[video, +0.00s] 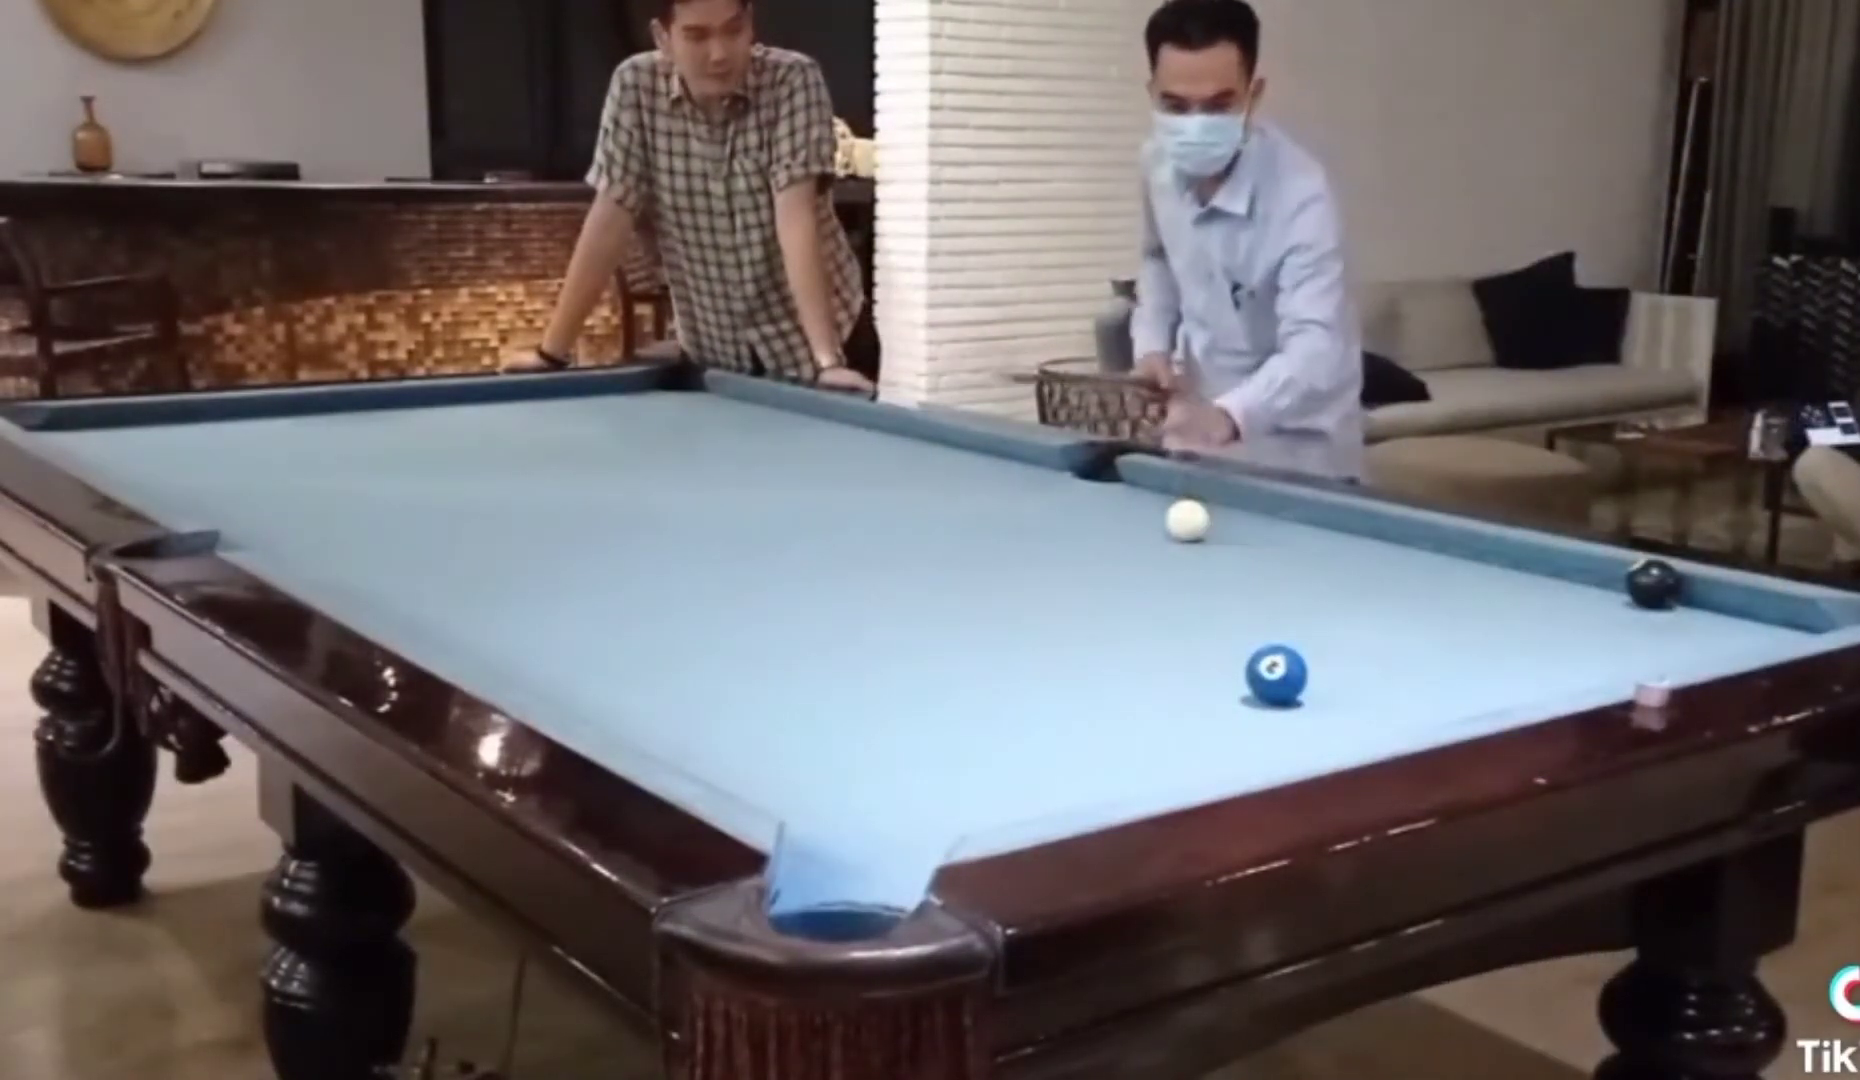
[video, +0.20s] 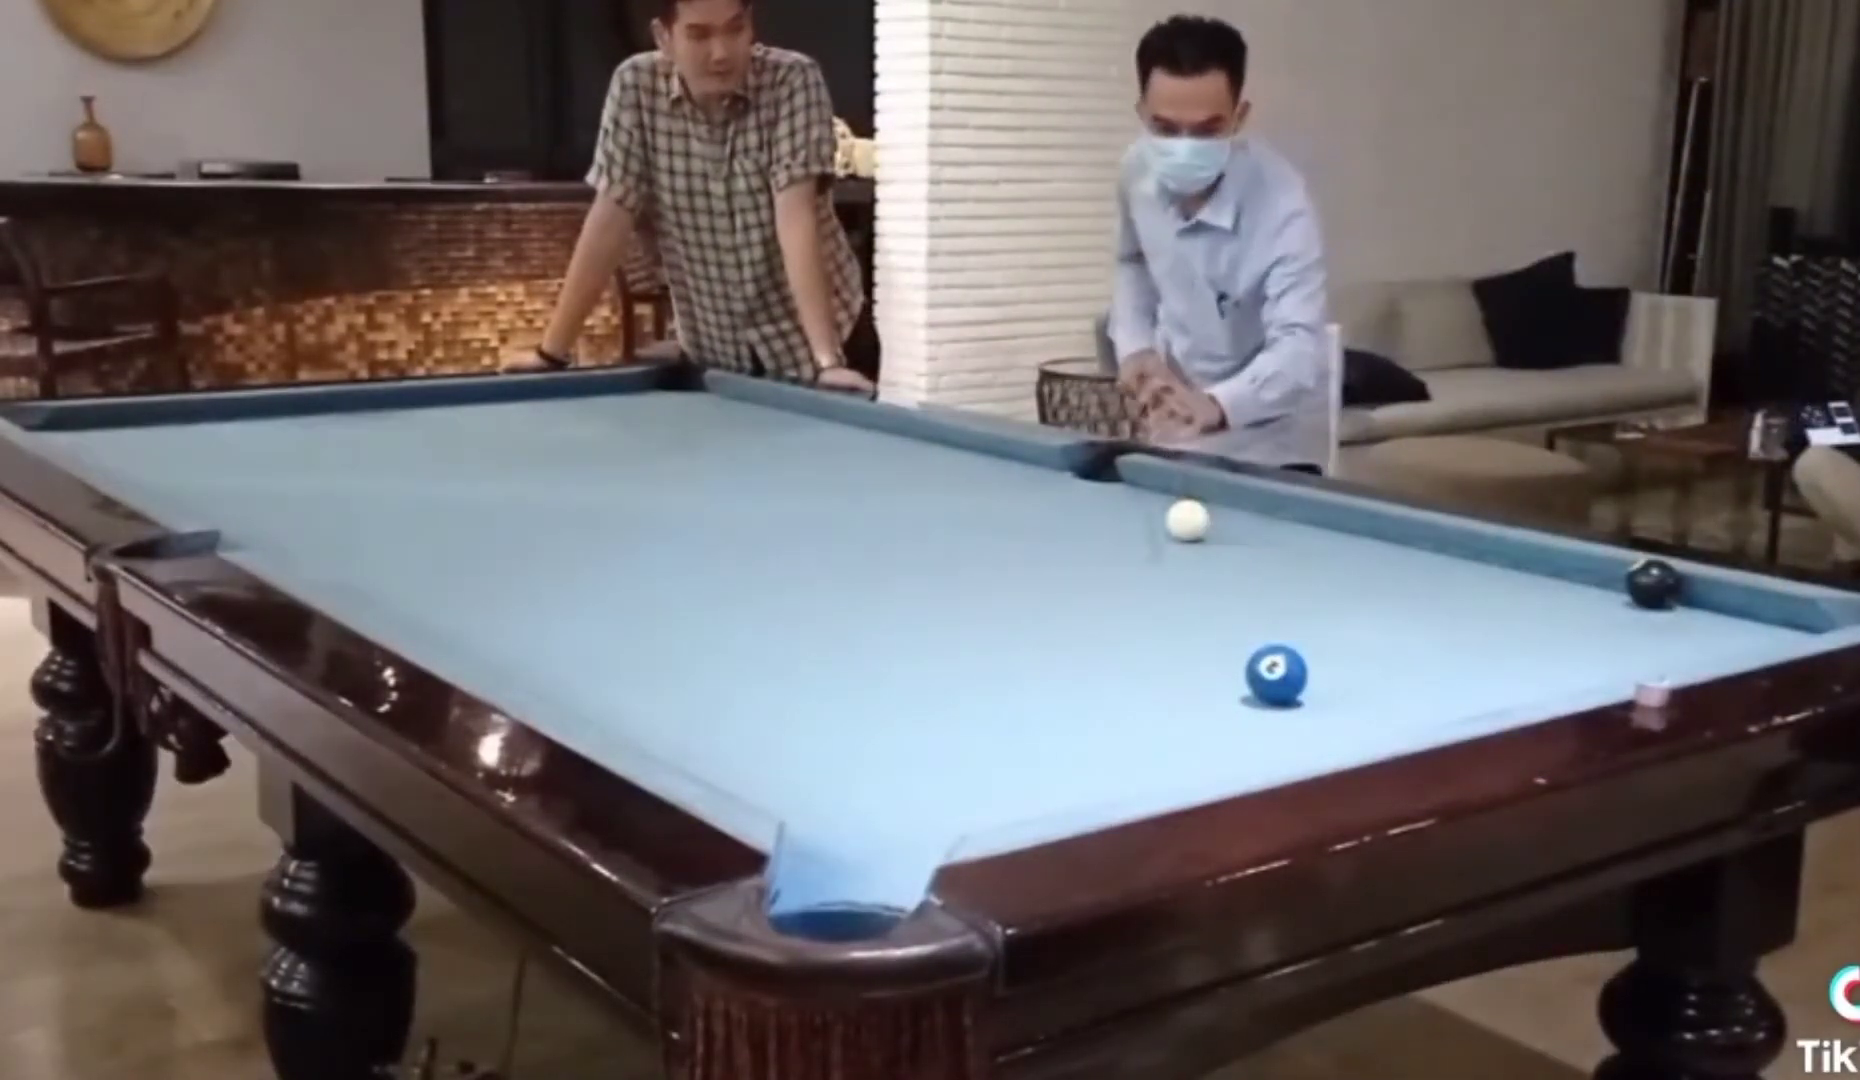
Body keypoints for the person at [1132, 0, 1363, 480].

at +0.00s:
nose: (1195, 127)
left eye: (1217, 105)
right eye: (1175, 106)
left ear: (1254, 95)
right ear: (1152, 93)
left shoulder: (1298, 191)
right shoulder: (1158, 166)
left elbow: (1319, 350)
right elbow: (1158, 260)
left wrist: (1228, 416)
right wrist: (1152, 352)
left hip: (1300, 438)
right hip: (1194, 428)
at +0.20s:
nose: (1185, 150)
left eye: (1207, 129)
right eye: (1165, 128)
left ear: (1240, 115)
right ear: (1141, 112)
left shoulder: (1279, 200)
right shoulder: (1138, 171)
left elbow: (1300, 350)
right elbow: (1133, 265)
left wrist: (1215, 405)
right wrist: (1136, 353)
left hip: (1272, 431)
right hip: (1168, 425)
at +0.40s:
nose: (1165, 195)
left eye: (1186, 177)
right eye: (1147, 176)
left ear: (1215, 155)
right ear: (1121, 152)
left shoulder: (1246, 225)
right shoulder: (1106, 186)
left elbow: (1260, 341)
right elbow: (1102, 270)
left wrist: (1204, 416)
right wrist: (1098, 343)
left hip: (1235, 430)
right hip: (1140, 421)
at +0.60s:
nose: (1153, 240)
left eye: (1173, 224)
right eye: (1134, 222)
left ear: (1202, 196)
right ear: (1106, 193)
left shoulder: (1231, 248)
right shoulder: (1098, 180)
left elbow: (1236, 340)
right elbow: (1087, 227)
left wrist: (1200, 411)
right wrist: (1081, 287)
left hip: (1228, 403)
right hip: (1138, 393)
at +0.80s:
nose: (1149, 270)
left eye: (1169, 254)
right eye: (1132, 253)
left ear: (1199, 225)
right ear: (1106, 223)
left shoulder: (1231, 271)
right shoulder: (1102, 256)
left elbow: (1232, 350)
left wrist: (1201, 412)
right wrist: (1104, 319)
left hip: (1232, 418)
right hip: (1145, 414)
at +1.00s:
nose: (1151, 290)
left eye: (1170, 275)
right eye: (1133, 274)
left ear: (1200, 241)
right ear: (1107, 240)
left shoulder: (1233, 279)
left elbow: (1237, 357)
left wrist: (1202, 414)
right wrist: (1104, 313)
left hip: (1233, 418)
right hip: (1145, 411)